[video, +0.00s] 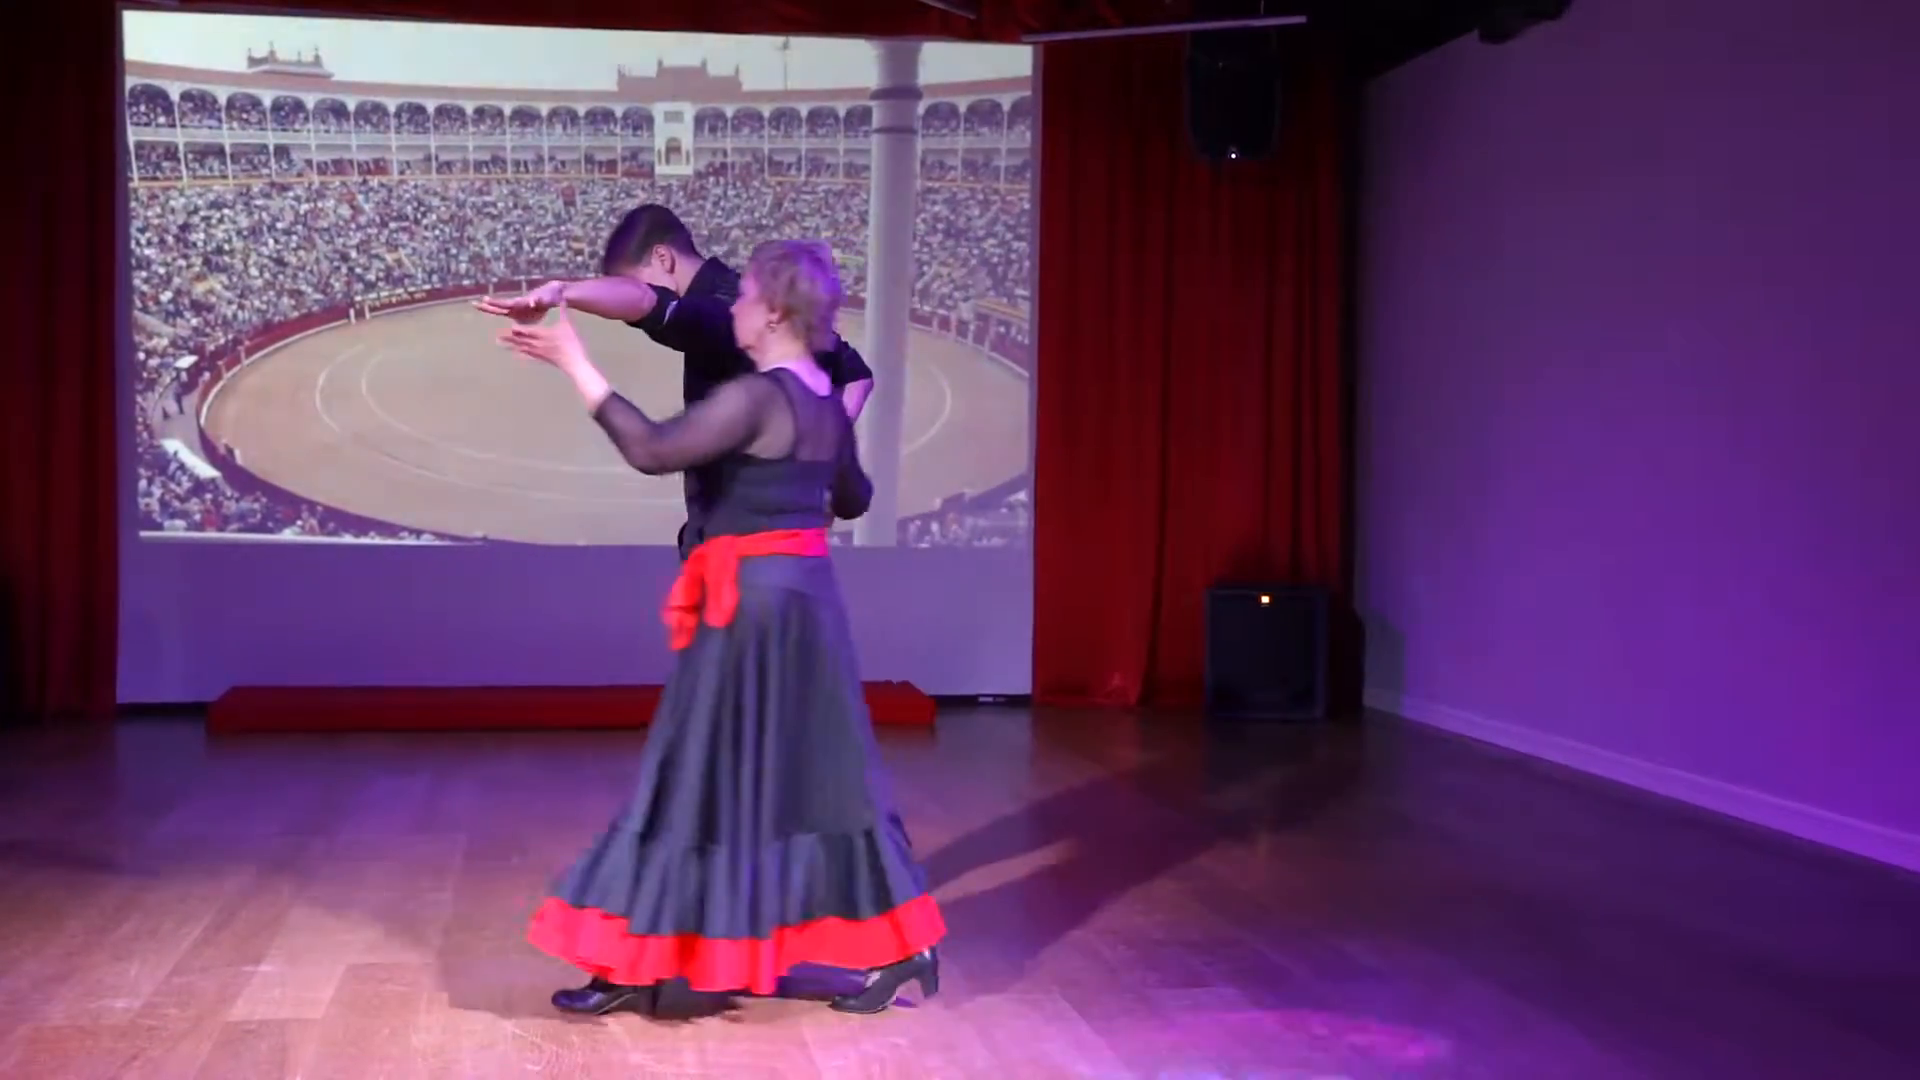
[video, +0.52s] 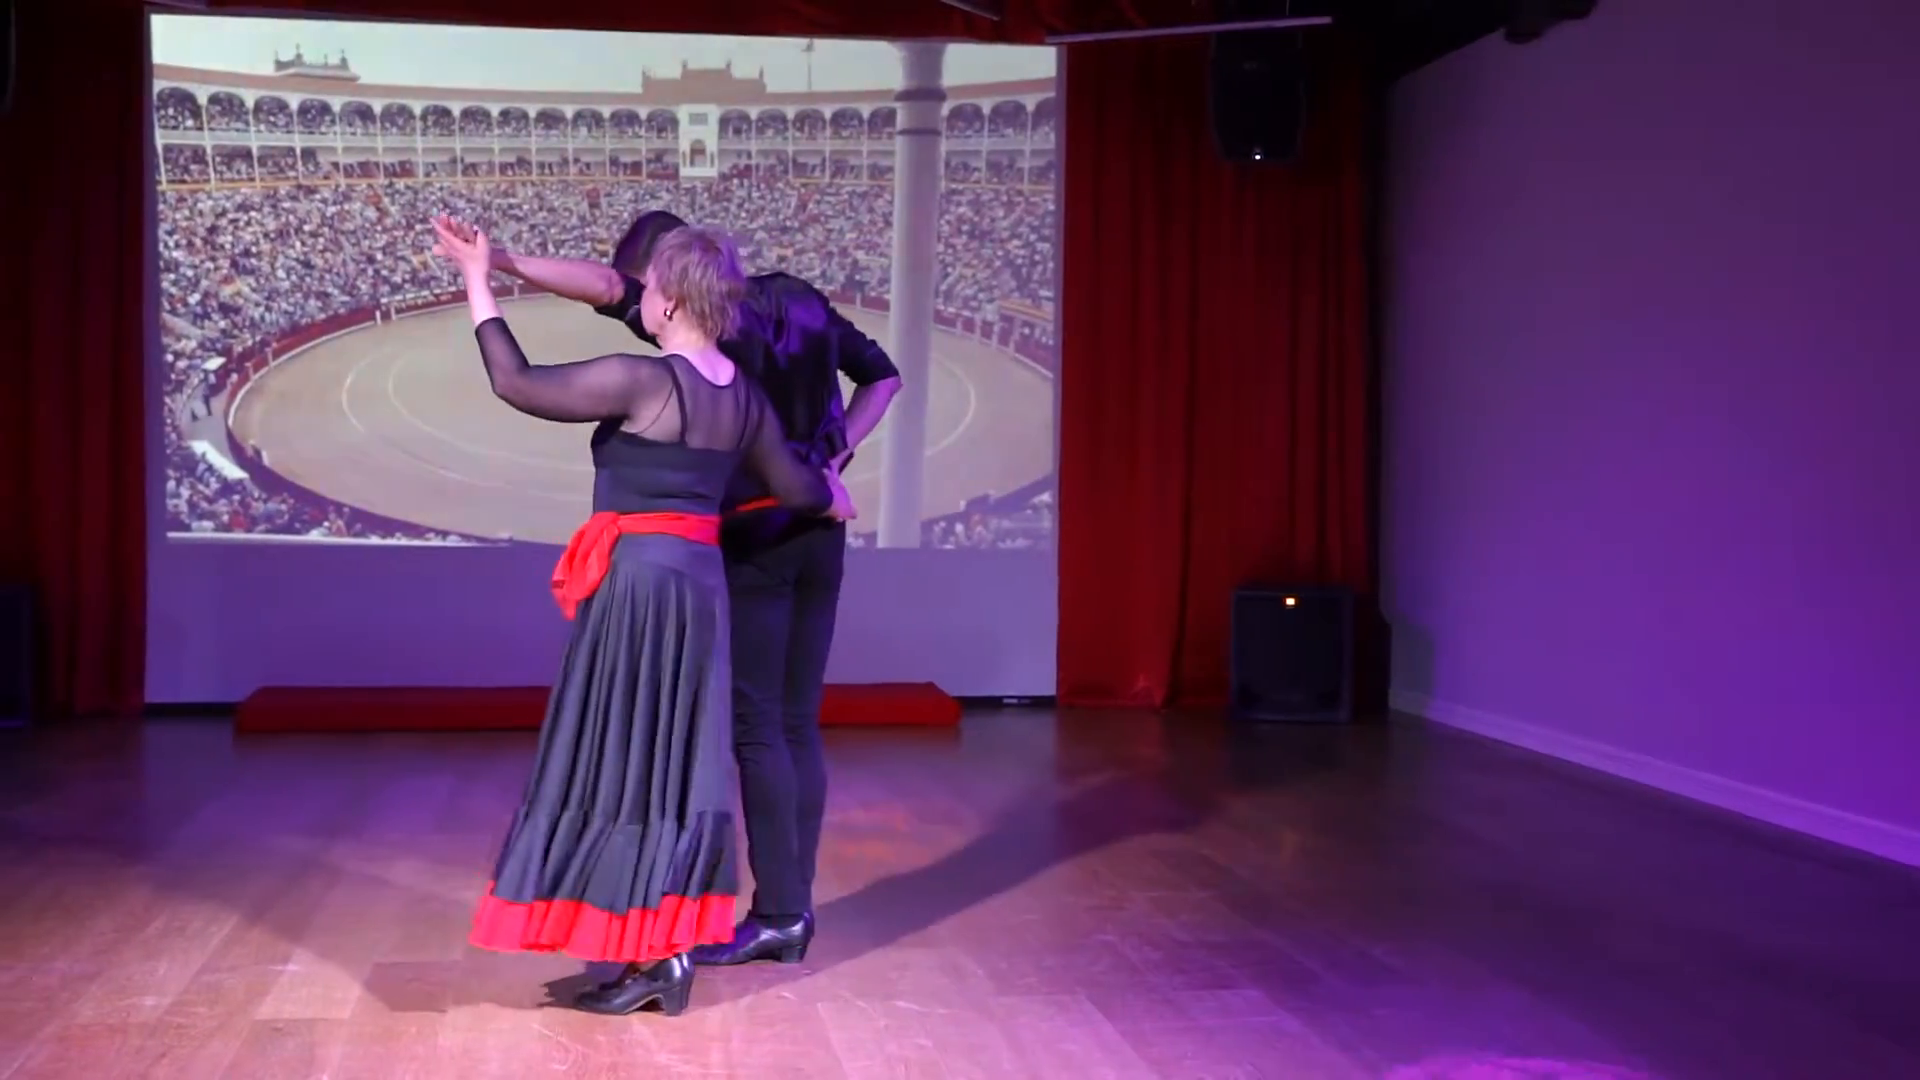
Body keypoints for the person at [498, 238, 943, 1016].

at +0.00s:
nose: (734, 306)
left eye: (744, 293)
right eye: (740, 291)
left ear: (771, 310)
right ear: (812, 313)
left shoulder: (749, 396)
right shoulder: (828, 405)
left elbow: (649, 451)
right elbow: (853, 499)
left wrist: (576, 364)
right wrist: (823, 444)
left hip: (750, 599)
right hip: (812, 595)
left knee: (696, 768)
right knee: (834, 765)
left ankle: (651, 957)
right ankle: (901, 941)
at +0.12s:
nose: (692, 303)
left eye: (702, 291)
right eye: (698, 289)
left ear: (729, 309)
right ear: (773, 313)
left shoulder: (701, 393)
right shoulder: (793, 406)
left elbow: (589, 432)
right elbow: (830, 505)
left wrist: (533, 339)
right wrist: (788, 485)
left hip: (689, 588)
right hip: (756, 591)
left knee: (656, 764)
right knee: (779, 759)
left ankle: (643, 957)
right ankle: (857, 923)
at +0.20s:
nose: (665, 305)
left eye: (675, 293)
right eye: (669, 291)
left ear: (705, 308)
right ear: (744, 313)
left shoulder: (674, 391)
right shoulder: (770, 404)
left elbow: (556, 421)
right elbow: (814, 503)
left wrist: (514, 322)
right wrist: (810, 517)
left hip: (664, 584)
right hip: (728, 584)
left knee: (637, 763)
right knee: (736, 757)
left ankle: (628, 959)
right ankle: (794, 927)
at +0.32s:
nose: (640, 302)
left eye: (650, 290)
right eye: (644, 287)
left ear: (681, 303)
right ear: (725, 303)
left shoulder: (646, 383)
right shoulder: (743, 399)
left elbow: (525, 402)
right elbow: (790, 495)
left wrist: (490, 299)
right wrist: (812, 503)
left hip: (641, 582)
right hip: (706, 583)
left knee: (626, 761)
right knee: (689, 760)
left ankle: (631, 956)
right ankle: (680, 949)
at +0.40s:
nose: (636, 301)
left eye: (645, 289)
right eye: (640, 286)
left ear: (674, 302)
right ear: (718, 304)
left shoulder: (638, 380)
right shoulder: (739, 397)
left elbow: (515, 394)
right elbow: (792, 495)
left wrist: (481, 293)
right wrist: (815, 494)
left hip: (638, 581)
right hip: (702, 583)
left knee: (626, 761)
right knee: (684, 759)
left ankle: (638, 957)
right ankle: (674, 951)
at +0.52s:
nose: (634, 300)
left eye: (640, 289)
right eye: (637, 289)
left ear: (663, 299)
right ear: (717, 301)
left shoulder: (638, 377)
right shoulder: (742, 397)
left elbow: (514, 384)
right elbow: (792, 486)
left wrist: (477, 283)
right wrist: (828, 491)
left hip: (636, 579)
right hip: (698, 581)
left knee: (621, 757)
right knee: (674, 758)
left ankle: (640, 952)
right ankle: (661, 946)